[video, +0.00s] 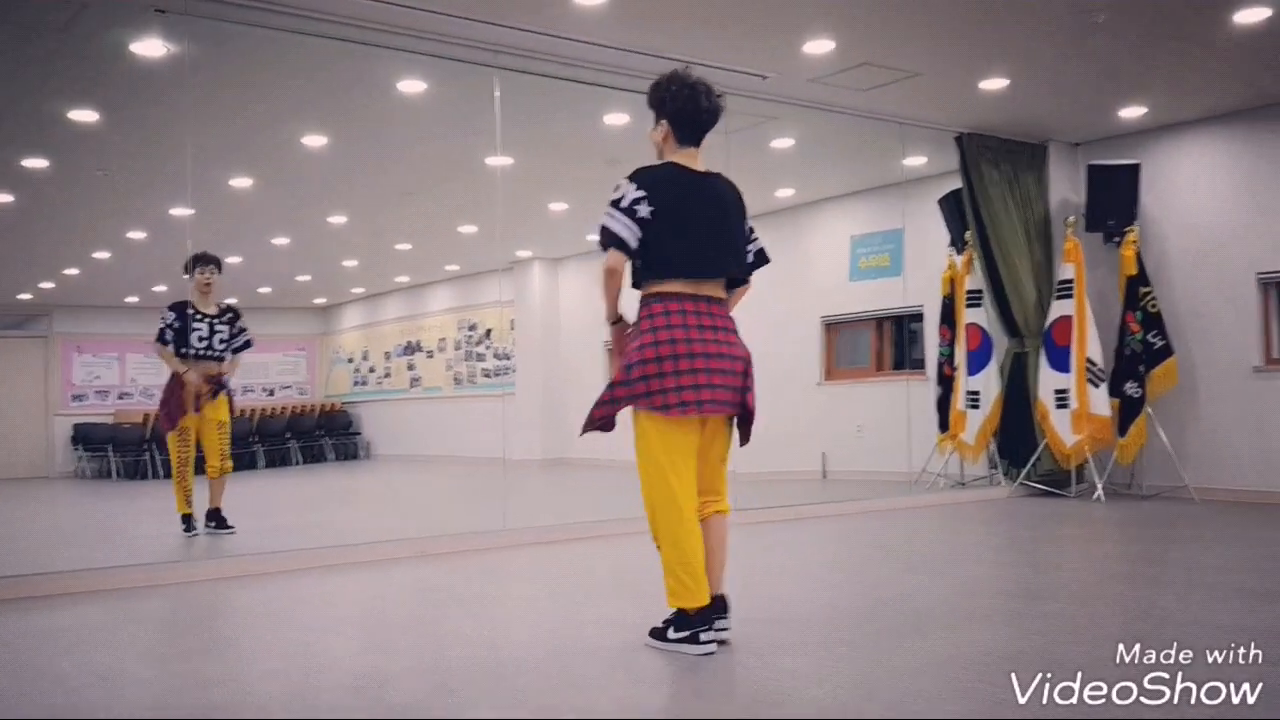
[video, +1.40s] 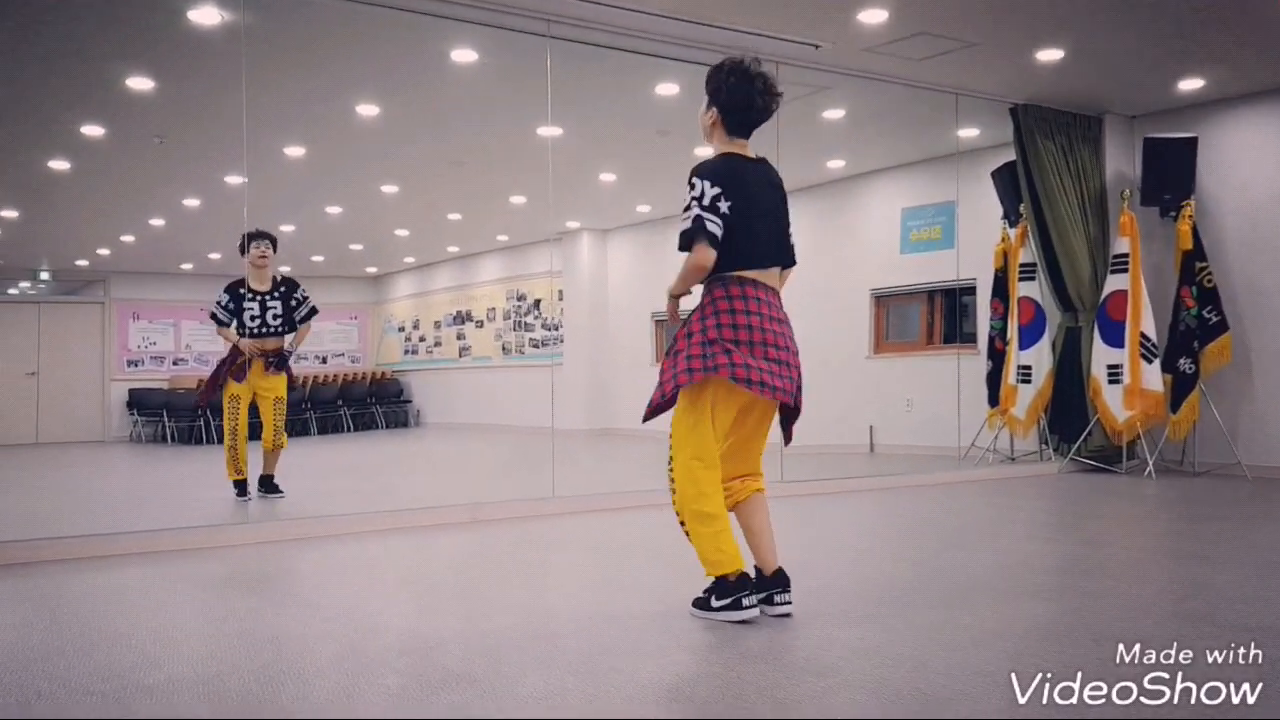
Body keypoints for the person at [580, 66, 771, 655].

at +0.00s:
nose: (650, 132)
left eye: (652, 123)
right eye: (654, 123)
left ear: (662, 128)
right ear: (706, 130)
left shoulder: (643, 185)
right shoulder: (728, 192)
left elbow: (615, 262)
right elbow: (748, 271)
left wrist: (613, 320)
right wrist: (711, 316)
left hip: (663, 333)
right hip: (720, 334)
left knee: (669, 484)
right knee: (711, 481)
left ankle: (690, 615)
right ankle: (712, 602)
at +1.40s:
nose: (701, 115)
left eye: (704, 106)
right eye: (706, 106)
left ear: (712, 114)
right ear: (754, 119)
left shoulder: (711, 172)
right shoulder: (770, 177)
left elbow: (703, 258)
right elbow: (787, 262)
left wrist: (675, 291)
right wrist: (757, 310)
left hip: (723, 322)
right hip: (771, 327)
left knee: (691, 460)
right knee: (741, 466)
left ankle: (729, 578)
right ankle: (771, 577)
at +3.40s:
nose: (741, 121)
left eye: (688, 116)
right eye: (741, 114)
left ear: (684, 120)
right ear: (740, 119)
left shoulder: (665, 176)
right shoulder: (765, 181)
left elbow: (643, 262)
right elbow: (784, 265)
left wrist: (634, 331)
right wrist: (750, 318)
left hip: (680, 325)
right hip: (746, 327)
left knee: (690, 470)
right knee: (755, 454)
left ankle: (717, 595)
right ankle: (762, 575)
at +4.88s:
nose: (696, 142)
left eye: (699, 134)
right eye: (699, 134)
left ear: (706, 141)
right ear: (751, 146)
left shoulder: (704, 195)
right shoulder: (767, 203)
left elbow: (674, 257)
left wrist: (654, 266)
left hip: (725, 340)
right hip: (779, 338)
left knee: (692, 487)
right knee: (786, 464)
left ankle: (709, 599)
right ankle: (819, 561)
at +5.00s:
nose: (719, 145)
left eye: (722, 136)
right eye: (721, 135)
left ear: (733, 143)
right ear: (770, 147)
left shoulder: (742, 200)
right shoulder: (782, 201)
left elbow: (738, 285)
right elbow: (787, 286)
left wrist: (680, 265)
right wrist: (710, 275)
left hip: (756, 340)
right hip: (797, 340)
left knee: (713, 480)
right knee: (802, 475)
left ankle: (715, 599)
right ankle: (858, 567)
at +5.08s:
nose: (730, 139)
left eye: (734, 130)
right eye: (734, 129)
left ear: (745, 138)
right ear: (781, 141)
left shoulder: (763, 197)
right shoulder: (791, 196)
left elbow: (760, 281)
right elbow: (803, 281)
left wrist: (697, 261)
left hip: (780, 343)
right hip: (812, 341)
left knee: (741, 471)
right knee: (819, 470)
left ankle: (726, 589)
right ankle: (863, 575)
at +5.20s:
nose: (756, 135)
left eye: (758, 125)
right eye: (759, 125)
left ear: (769, 132)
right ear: (805, 132)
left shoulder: (785, 192)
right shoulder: (818, 188)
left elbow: (773, 275)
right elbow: (827, 266)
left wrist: (712, 244)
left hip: (807, 328)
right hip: (844, 323)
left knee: (798, 459)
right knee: (852, 459)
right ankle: (869, 576)